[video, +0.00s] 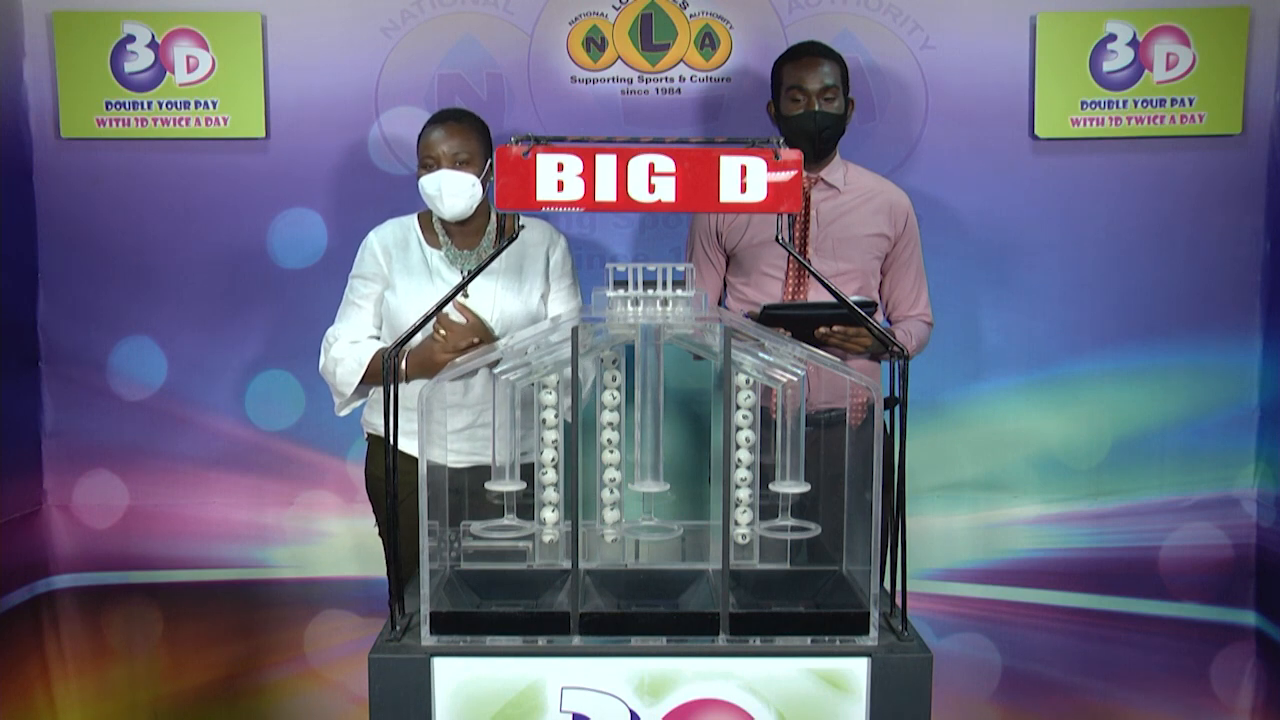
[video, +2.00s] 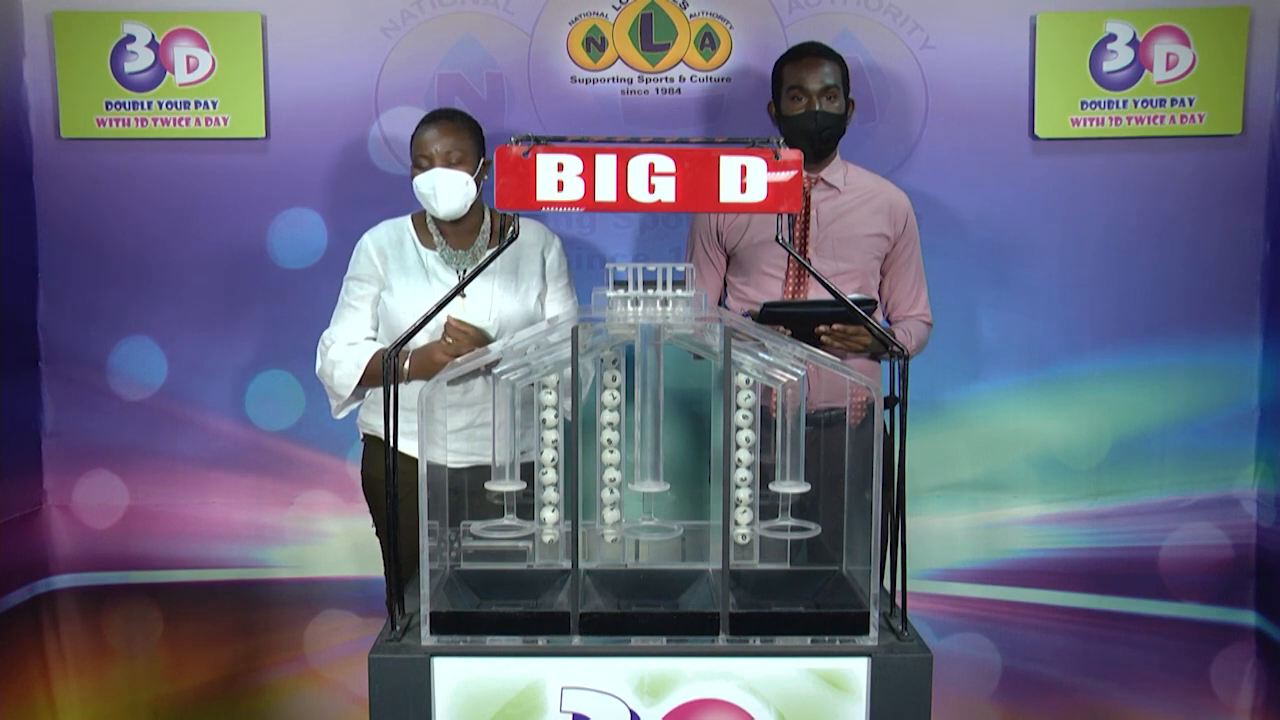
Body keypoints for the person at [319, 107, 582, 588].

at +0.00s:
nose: (447, 180)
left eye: (462, 164)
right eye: (433, 166)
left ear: (489, 166)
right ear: (419, 171)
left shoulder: (543, 246)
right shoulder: (385, 246)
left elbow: (569, 360)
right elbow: (340, 359)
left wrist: (494, 351)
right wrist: (417, 361)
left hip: (510, 463)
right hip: (407, 463)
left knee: (504, 619)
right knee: (415, 617)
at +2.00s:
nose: (441, 178)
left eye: (455, 162)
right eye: (427, 165)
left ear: (481, 167)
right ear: (413, 173)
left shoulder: (537, 246)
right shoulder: (380, 248)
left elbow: (567, 350)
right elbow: (336, 360)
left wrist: (494, 355)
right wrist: (418, 361)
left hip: (505, 462)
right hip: (404, 462)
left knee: (500, 614)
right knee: (414, 612)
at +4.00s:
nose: (458, 170)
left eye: (476, 158)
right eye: (446, 156)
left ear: (501, 167)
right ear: (428, 165)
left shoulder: (538, 245)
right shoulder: (380, 245)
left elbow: (568, 356)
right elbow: (337, 358)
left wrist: (496, 359)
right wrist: (414, 363)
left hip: (507, 464)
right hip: (405, 465)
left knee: (501, 617)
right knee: (416, 616)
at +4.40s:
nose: (464, 171)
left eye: (482, 160)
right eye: (452, 155)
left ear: (504, 172)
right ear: (431, 162)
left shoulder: (539, 244)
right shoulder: (380, 244)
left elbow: (571, 357)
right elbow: (338, 358)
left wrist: (503, 357)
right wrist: (429, 363)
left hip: (509, 463)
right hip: (407, 463)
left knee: (504, 618)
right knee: (416, 615)